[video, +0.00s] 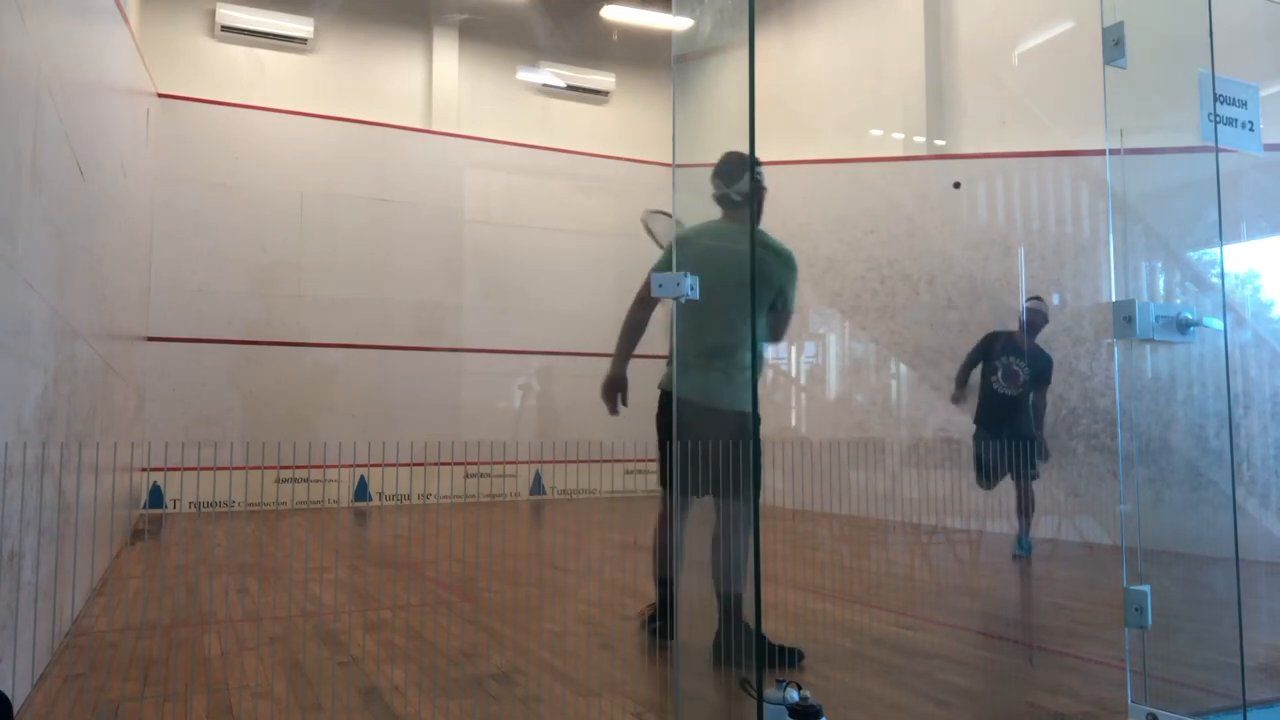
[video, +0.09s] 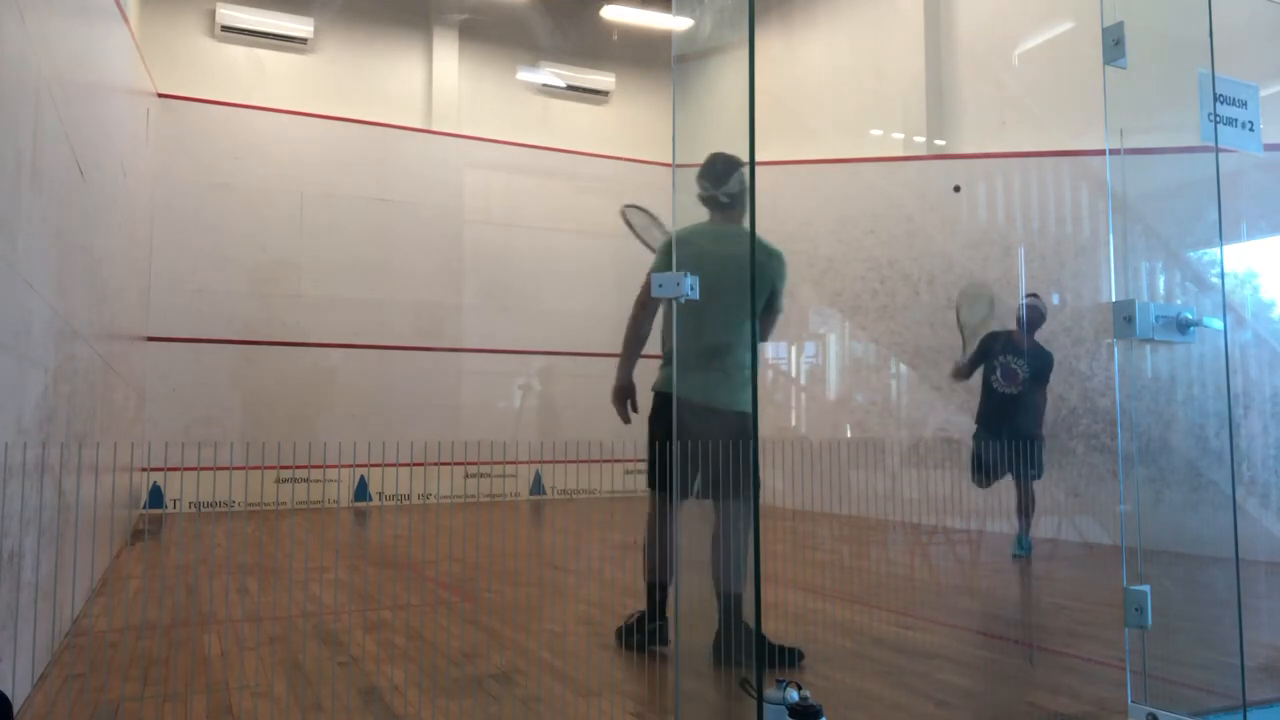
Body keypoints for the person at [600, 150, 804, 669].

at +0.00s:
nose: (765, 198)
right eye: (763, 189)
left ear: (715, 194)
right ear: (760, 194)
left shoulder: (687, 242)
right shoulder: (777, 256)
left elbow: (644, 304)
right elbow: (776, 330)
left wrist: (617, 367)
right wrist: (734, 306)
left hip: (679, 403)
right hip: (734, 409)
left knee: (674, 505)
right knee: (735, 516)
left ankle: (663, 614)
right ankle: (734, 631)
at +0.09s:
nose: (710, 202)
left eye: (704, 195)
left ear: (703, 197)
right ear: (746, 195)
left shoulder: (677, 245)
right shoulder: (769, 258)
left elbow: (644, 312)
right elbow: (763, 330)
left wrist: (625, 374)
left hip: (675, 404)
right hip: (733, 409)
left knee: (662, 510)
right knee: (734, 516)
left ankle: (655, 618)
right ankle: (734, 630)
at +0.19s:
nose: (695, 206)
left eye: (690, 198)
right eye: (712, 197)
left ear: (684, 198)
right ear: (729, 199)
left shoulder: (665, 249)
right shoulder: (754, 260)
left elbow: (637, 316)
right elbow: (747, 328)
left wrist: (621, 379)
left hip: (665, 407)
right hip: (724, 412)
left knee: (658, 514)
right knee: (729, 520)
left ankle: (654, 624)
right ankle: (734, 630)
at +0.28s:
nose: (678, 203)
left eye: (674, 193)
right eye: (690, 194)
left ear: (668, 198)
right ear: (711, 200)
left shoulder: (650, 252)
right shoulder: (734, 264)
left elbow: (623, 314)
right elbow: (731, 334)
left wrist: (606, 386)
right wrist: (685, 324)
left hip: (652, 406)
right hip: (708, 412)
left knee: (653, 513)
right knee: (726, 514)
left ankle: (653, 625)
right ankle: (733, 629)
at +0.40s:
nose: (667, 206)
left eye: (660, 196)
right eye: (682, 197)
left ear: (652, 202)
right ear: (694, 203)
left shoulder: (635, 256)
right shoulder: (716, 265)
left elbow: (606, 323)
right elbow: (721, 340)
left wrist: (590, 394)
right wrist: (680, 355)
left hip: (641, 407)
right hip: (696, 411)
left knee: (645, 515)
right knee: (721, 510)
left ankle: (651, 624)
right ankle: (729, 624)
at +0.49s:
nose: (643, 208)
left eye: (640, 201)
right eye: (658, 201)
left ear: (638, 203)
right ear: (679, 203)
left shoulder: (622, 256)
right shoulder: (702, 263)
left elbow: (595, 327)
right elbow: (713, 342)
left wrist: (583, 392)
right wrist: (693, 383)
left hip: (638, 408)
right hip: (691, 411)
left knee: (643, 514)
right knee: (704, 510)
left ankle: (652, 623)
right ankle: (710, 616)